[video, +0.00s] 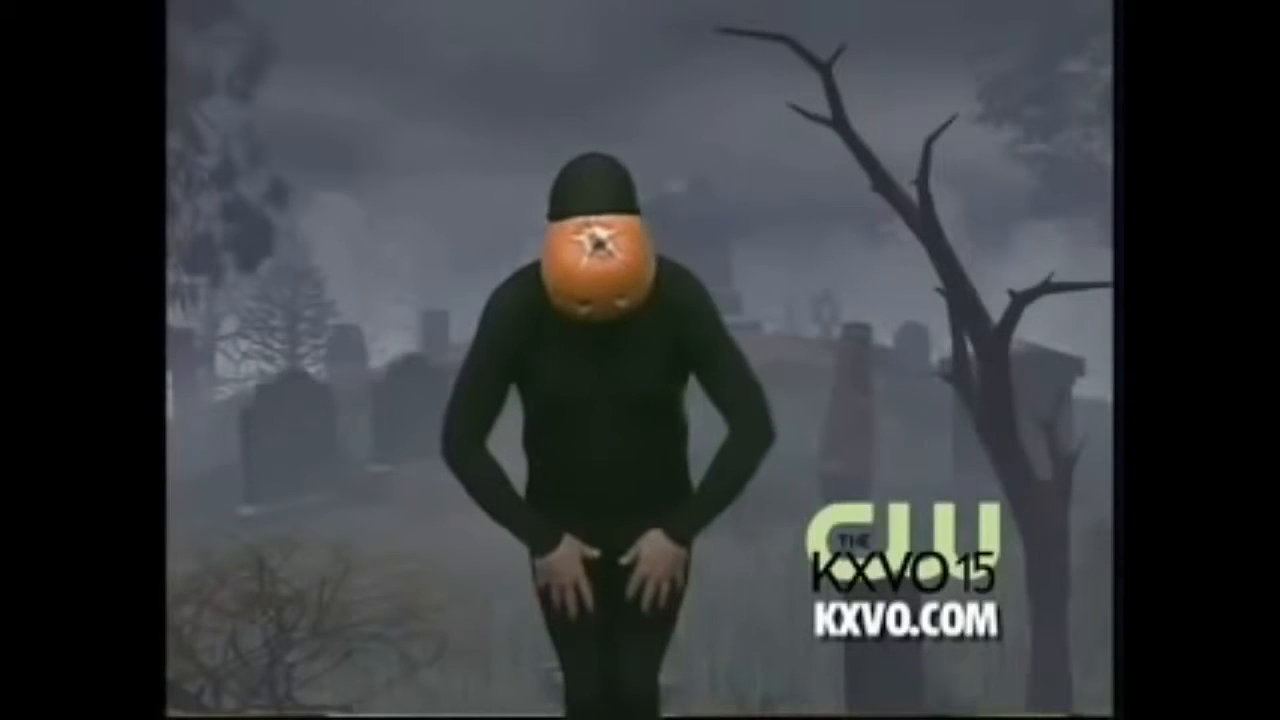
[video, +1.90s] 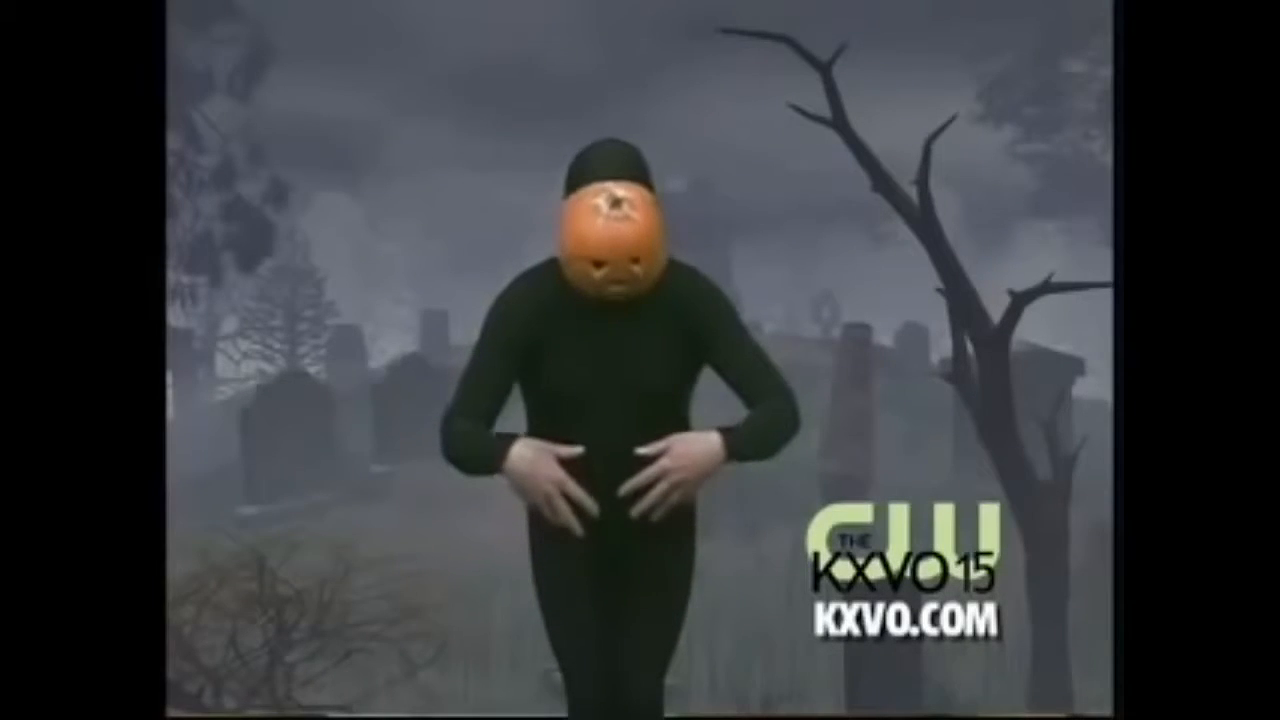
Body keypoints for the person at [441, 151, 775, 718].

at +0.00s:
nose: (597, 246)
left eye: (613, 229)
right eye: (580, 230)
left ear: (638, 230)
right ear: (553, 232)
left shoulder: (677, 298)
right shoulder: (519, 306)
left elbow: (753, 427)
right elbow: (461, 442)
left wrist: (678, 533)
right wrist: (544, 540)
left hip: (656, 520)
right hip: (560, 523)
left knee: (635, 690)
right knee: (586, 693)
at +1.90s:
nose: (610, 214)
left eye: (627, 200)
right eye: (594, 200)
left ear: (656, 215)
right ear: (565, 215)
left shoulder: (688, 297)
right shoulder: (529, 301)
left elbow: (780, 411)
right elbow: (459, 434)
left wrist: (720, 446)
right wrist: (508, 453)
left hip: (660, 530)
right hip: (564, 533)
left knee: (639, 694)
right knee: (589, 693)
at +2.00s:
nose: (610, 209)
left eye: (628, 196)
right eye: (594, 195)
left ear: (657, 210)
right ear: (566, 210)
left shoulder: (688, 298)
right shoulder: (530, 302)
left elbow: (780, 412)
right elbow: (460, 433)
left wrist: (724, 439)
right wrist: (504, 448)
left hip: (659, 528)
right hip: (564, 532)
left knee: (638, 694)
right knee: (589, 693)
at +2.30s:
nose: (614, 197)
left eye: (630, 186)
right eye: (597, 186)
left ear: (658, 206)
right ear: (566, 205)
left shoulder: (690, 299)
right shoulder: (529, 302)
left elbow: (782, 418)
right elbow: (454, 435)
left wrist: (742, 414)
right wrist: (488, 425)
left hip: (659, 525)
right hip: (564, 528)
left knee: (639, 696)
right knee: (590, 694)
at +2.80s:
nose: (614, 242)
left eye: (632, 226)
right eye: (596, 227)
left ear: (659, 219)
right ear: (562, 219)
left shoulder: (690, 301)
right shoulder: (521, 305)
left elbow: (787, 415)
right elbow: (428, 425)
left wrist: (771, 368)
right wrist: (453, 378)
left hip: (657, 532)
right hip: (562, 535)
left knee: (639, 695)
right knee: (586, 696)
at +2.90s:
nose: (614, 237)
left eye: (632, 222)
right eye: (596, 222)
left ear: (657, 218)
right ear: (563, 216)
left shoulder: (687, 301)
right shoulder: (521, 305)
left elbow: (789, 409)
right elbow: (421, 417)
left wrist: (779, 361)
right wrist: (447, 364)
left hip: (657, 532)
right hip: (561, 534)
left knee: (638, 696)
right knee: (585, 697)